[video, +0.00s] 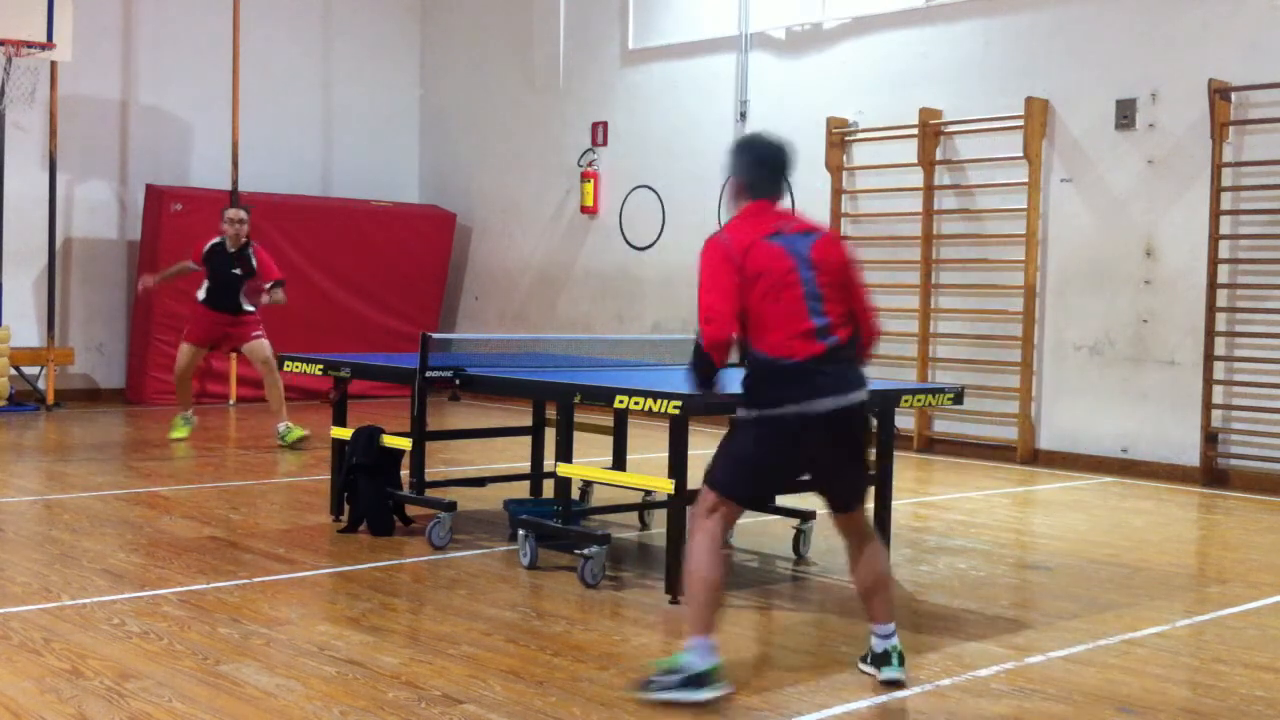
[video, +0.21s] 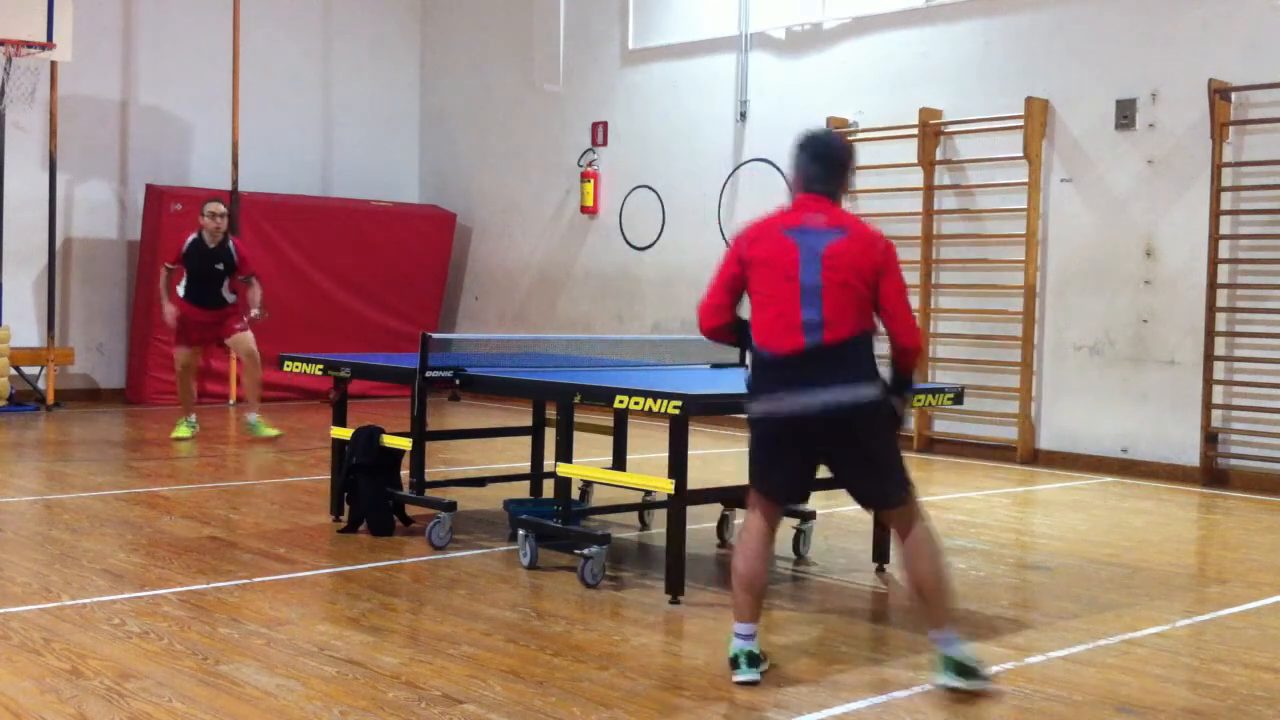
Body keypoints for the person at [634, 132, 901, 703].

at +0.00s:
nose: (725, 188)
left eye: (727, 181)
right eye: (729, 181)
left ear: (735, 184)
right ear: (784, 185)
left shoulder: (727, 244)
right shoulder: (825, 239)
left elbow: (718, 331)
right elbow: (864, 326)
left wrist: (703, 371)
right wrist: (835, 369)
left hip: (778, 413)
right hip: (844, 409)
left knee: (710, 515)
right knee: (856, 524)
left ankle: (697, 657)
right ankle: (887, 649)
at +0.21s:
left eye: (793, 172)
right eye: (847, 179)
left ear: (793, 177)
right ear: (847, 182)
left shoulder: (753, 237)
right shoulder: (869, 244)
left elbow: (711, 321)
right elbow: (907, 339)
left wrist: (758, 335)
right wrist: (900, 386)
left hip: (778, 406)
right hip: (854, 402)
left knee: (760, 515)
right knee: (908, 521)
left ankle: (744, 647)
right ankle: (950, 647)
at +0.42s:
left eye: (879, 198)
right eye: (912, 204)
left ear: (867, 206)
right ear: (916, 213)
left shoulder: (825, 266)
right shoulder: (915, 276)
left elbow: (815, 351)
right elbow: (936, 376)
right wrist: (985, 443)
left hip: (813, 434)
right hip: (881, 434)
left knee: (800, 527)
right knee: (967, 530)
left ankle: (749, 648)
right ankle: (1006, 674)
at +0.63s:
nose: (1005, 229)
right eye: (1004, 220)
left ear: (953, 220)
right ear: (1002, 228)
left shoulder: (928, 267)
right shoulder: (973, 277)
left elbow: (975, 343)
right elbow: (967, 361)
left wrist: (1052, 361)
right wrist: (1025, 427)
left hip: (855, 431)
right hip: (915, 432)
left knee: (825, 535)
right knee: (1014, 532)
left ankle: (743, 645)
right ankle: (1011, 680)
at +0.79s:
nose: (1043, 196)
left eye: (1036, 185)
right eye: (1041, 187)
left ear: (987, 186)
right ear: (1035, 193)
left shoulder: (954, 236)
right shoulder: (1015, 244)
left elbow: (942, 309)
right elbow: (1049, 305)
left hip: (896, 402)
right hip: (963, 409)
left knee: (840, 502)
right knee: (1020, 528)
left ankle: (770, 614)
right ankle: (1019, 672)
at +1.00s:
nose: (954, 128)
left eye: (955, 121)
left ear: (954, 128)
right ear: (1007, 131)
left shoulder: (932, 186)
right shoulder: (1031, 187)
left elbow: (873, 268)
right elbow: (1081, 220)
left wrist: (892, 300)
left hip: (951, 351)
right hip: (1026, 350)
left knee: (901, 410)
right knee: (1036, 459)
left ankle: (893, 510)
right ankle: (1072, 519)